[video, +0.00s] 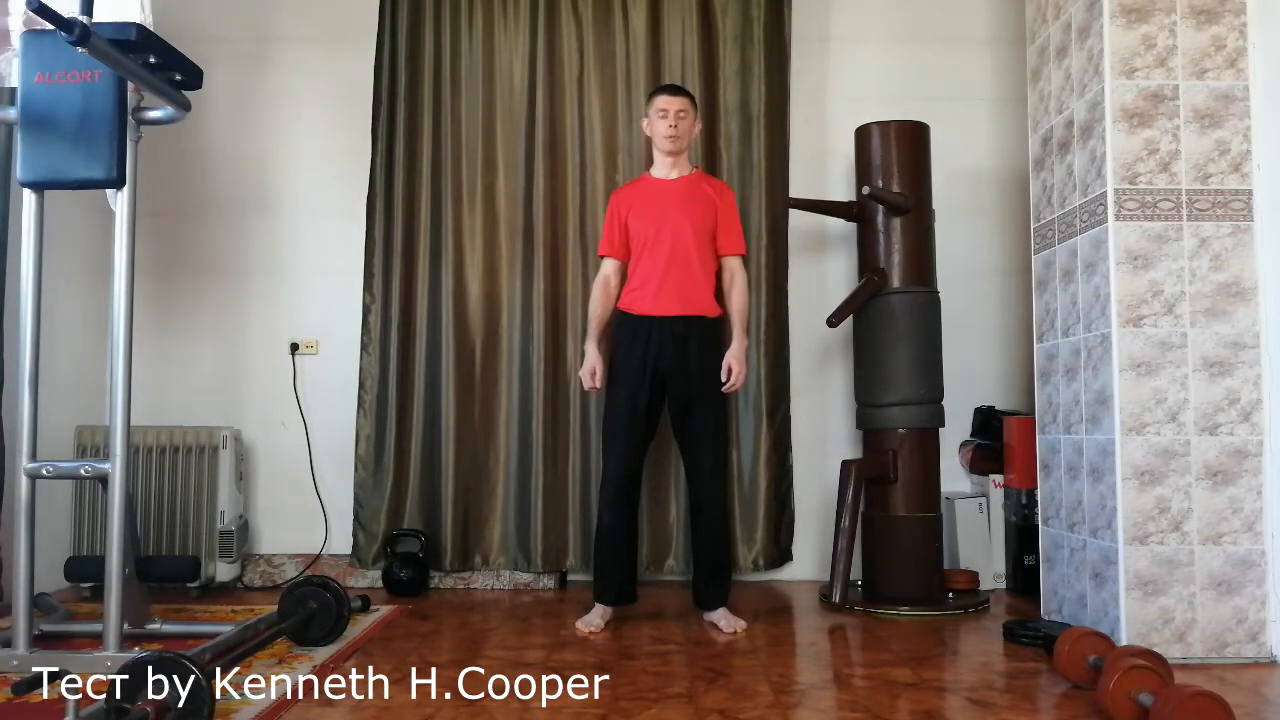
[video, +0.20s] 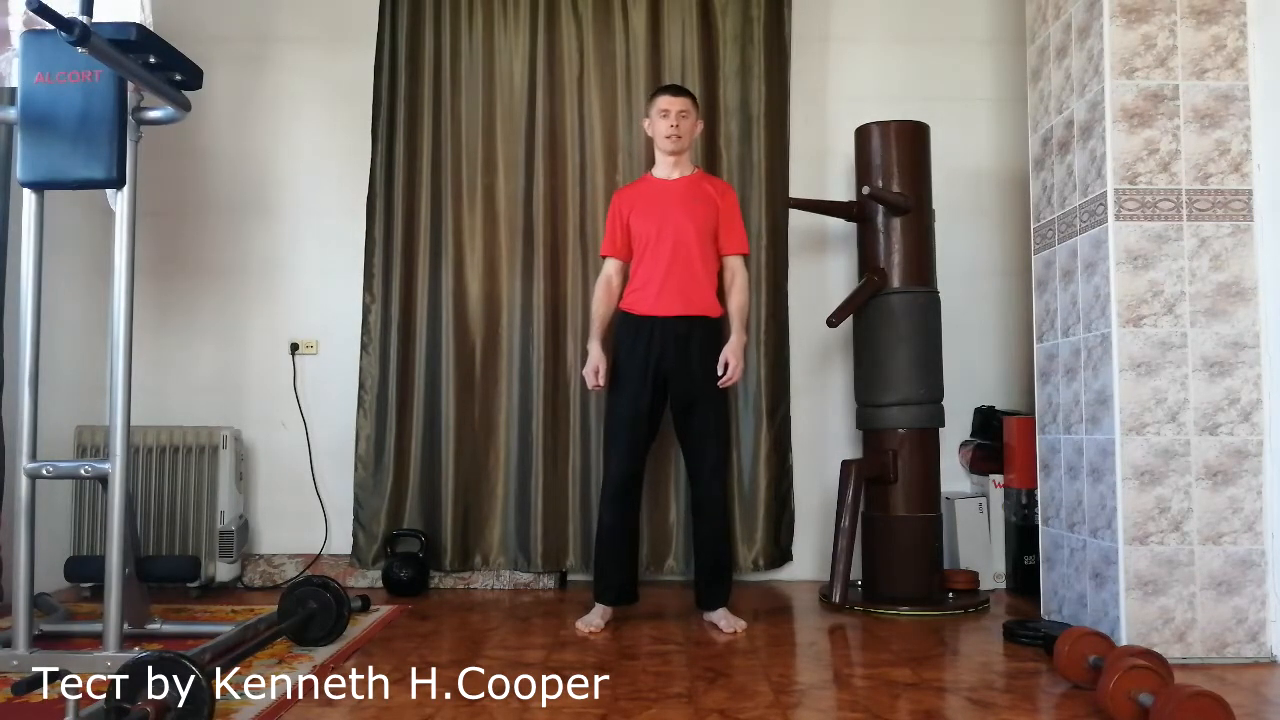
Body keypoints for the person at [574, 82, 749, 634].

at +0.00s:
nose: (672, 122)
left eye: (682, 115)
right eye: (662, 115)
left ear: (696, 127)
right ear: (645, 126)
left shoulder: (716, 194)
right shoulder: (625, 198)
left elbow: (734, 272)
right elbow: (609, 275)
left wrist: (738, 340)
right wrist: (593, 343)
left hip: (699, 340)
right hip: (635, 339)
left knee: (709, 474)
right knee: (619, 472)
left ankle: (712, 601)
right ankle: (608, 598)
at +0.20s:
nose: (674, 122)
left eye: (684, 115)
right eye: (664, 115)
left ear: (698, 128)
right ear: (647, 127)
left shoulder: (718, 193)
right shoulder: (627, 198)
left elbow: (735, 272)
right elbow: (611, 276)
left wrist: (737, 336)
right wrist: (596, 342)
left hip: (701, 340)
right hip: (637, 339)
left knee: (710, 474)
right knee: (621, 472)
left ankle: (713, 602)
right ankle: (608, 598)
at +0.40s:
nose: (675, 123)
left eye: (685, 115)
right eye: (665, 115)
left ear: (700, 127)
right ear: (648, 126)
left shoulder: (719, 193)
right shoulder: (629, 199)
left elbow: (737, 273)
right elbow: (613, 276)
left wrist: (738, 337)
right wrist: (599, 342)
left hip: (703, 339)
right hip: (639, 338)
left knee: (711, 475)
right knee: (623, 472)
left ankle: (714, 602)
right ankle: (609, 598)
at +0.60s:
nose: (676, 122)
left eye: (686, 115)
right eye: (666, 115)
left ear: (701, 128)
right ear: (649, 127)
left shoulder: (721, 192)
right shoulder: (630, 198)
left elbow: (739, 272)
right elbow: (615, 276)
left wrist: (742, 340)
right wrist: (599, 343)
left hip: (704, 340)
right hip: (640, 338)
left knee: (712, 475)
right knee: (623, 472)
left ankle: (714, 603)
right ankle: (608, 598)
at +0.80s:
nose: (675, 122)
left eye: (685, 115)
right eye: (665, 115)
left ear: (700, 128)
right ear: (648, 127)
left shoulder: (720, 191)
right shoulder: (629, 198)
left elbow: (739, 271)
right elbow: (613, 275)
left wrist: (742, 339)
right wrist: (596, 341)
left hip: (703, 339)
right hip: (639, 338)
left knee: (711, 475)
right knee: (623, 472)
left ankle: (714, 603)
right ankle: (608, 598)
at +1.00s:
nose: (673, 122)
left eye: (683, 115)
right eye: (663, 114)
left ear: (698, 128)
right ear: (646, 128)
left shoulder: (719, 192)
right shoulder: (627, 197)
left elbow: (737, 271)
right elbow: (610, 274)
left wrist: (738, 336)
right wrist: (593, 338)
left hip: (702, 339)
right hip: (637, 338)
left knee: (711, 474)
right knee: (622, 472)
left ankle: (714, 602)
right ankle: (609, 597)